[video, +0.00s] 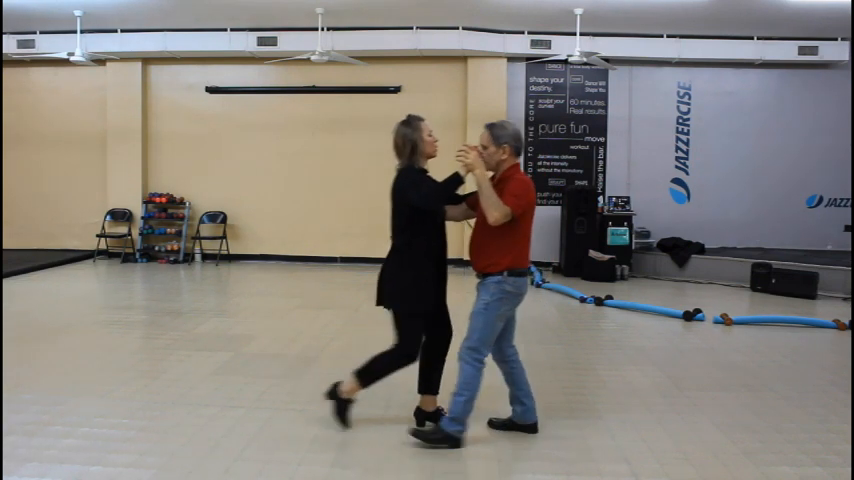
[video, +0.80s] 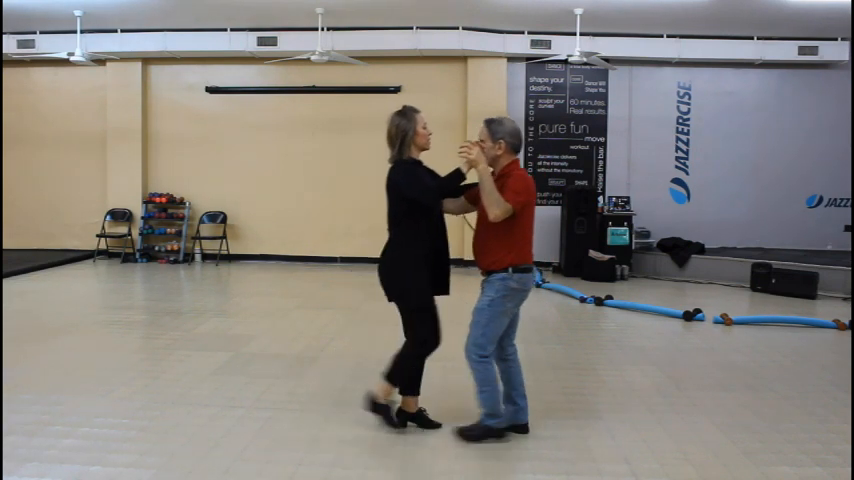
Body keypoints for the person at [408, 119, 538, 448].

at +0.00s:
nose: (479, 153)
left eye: (485, 148)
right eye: (480, 148)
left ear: (505, 151)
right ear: (501, 151)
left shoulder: (520, 183)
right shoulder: (496, 181)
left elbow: (496, 215)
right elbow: (461, 211)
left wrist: (481, 175)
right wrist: (424, 205)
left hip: (504, 280)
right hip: (496, 278)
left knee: (472, 353)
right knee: (503, 350)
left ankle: (452, 428)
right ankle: (525, 417)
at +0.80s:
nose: (477, 148)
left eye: (482, 142)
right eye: (478, 142)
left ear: (501, 146)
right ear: (499, 147)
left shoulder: (519, 179)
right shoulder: (494, 180)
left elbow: (497, 211)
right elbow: (457, 205)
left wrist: (482, 168)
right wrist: (421, 196)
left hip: (509, 277)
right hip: (502, 275)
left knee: (478, 349)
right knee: (504, 348)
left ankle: (493, 420)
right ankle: (517, 417)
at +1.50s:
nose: (533, 156)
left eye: (538, 152)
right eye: (534, 151)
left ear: (558, 156)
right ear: (556, 156)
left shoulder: (577, 186)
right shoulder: (547, 185)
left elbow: (560, 223)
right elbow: (514, 212)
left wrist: (547, 177)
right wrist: (481, 201)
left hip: (569, 283)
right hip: (565, 281)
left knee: (534, 351)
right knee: (582, 346)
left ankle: (528, 425)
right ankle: (607, 411)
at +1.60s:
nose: (539, 159)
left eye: (543, 154)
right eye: (539, 154)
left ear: (563, 157)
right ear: (559, 157)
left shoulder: (583, 186)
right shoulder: (554, 186)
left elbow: (568, 224)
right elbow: (519, 213)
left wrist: (555, 180)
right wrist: (489, 196)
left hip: (577, 281)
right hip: (571, 280)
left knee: (543, 350)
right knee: (590, 347)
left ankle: (530, 423)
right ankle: (608, 412)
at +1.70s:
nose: (542, 156)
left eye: (547, 151)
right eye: (543, 151)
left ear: (567, 154)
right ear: (561, 154)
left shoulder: (584, 184)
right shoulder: (557, 185)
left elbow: (572, 223)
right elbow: (523, 212)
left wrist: (559, 178)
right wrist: (492, 197)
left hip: (580, 279)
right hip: (574, 278)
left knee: (549, 351)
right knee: (592, 347)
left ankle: (536, 425)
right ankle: (608, 412)